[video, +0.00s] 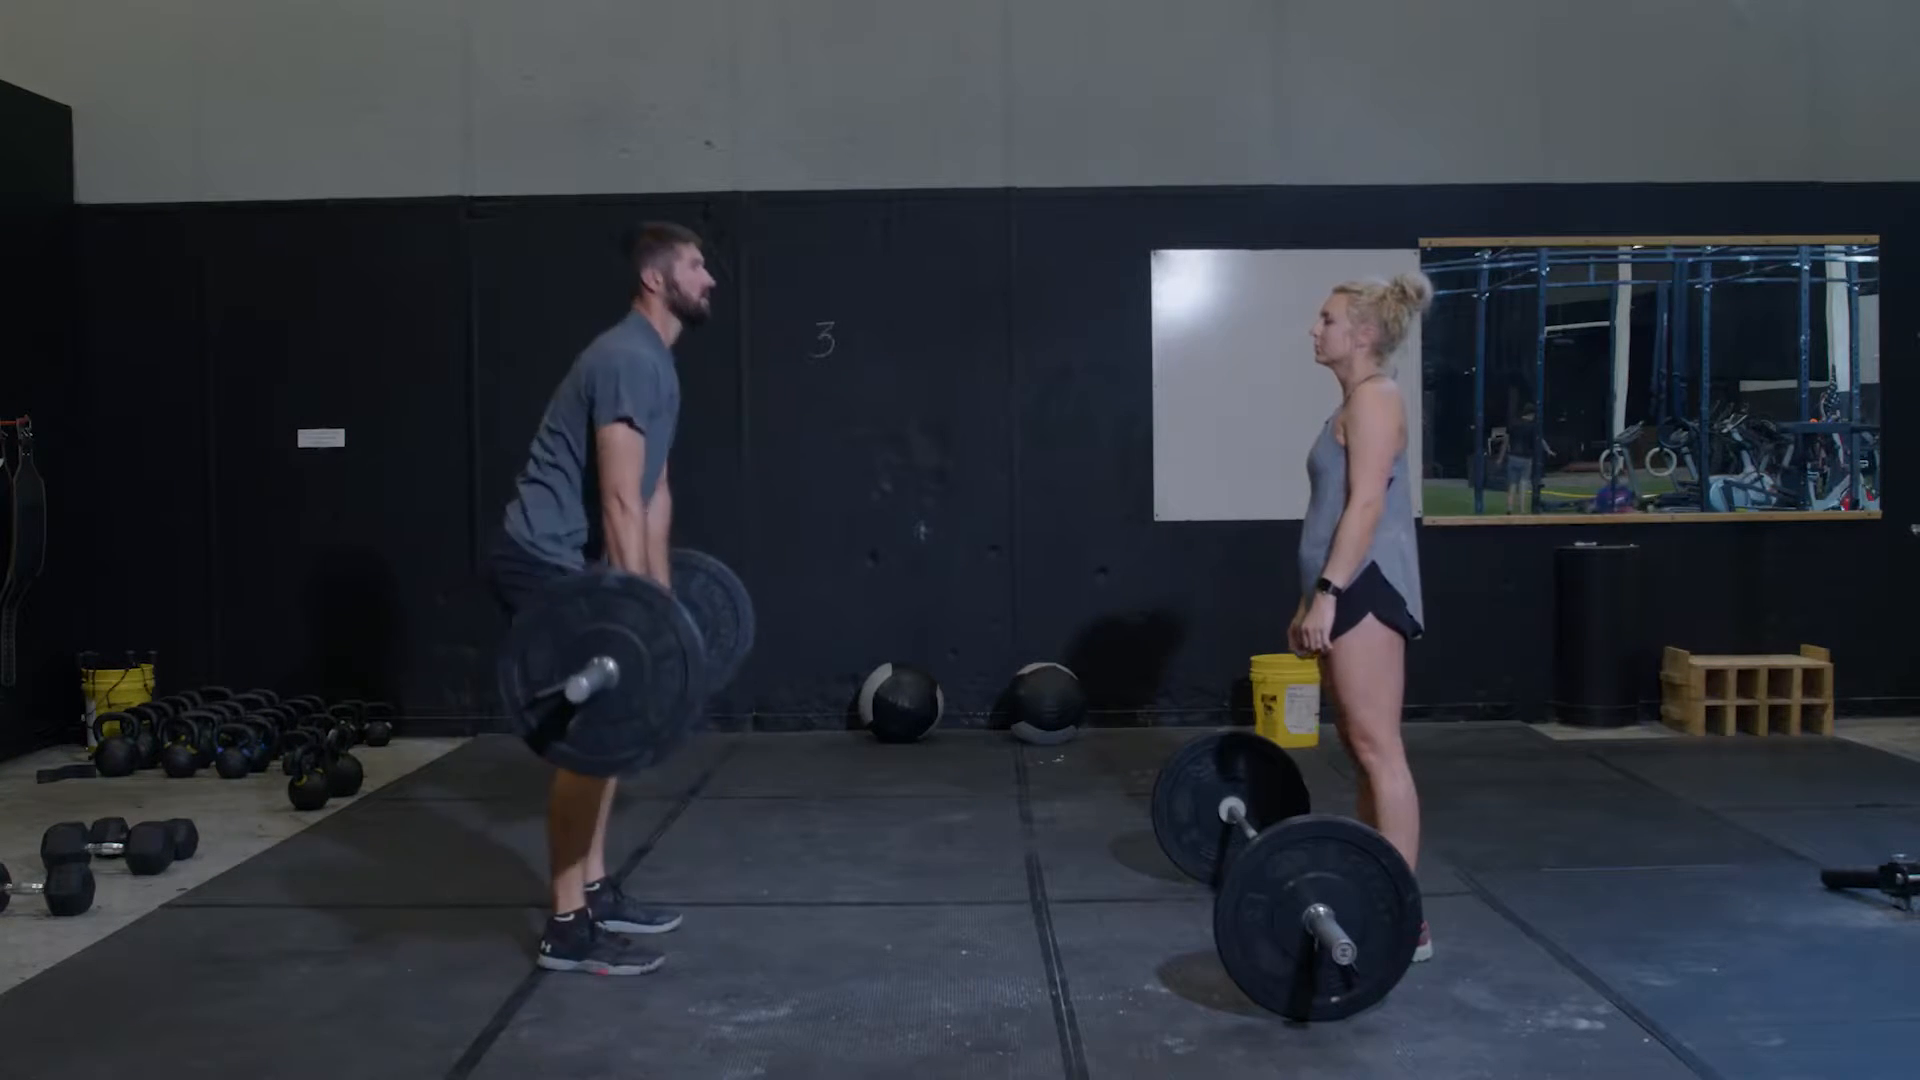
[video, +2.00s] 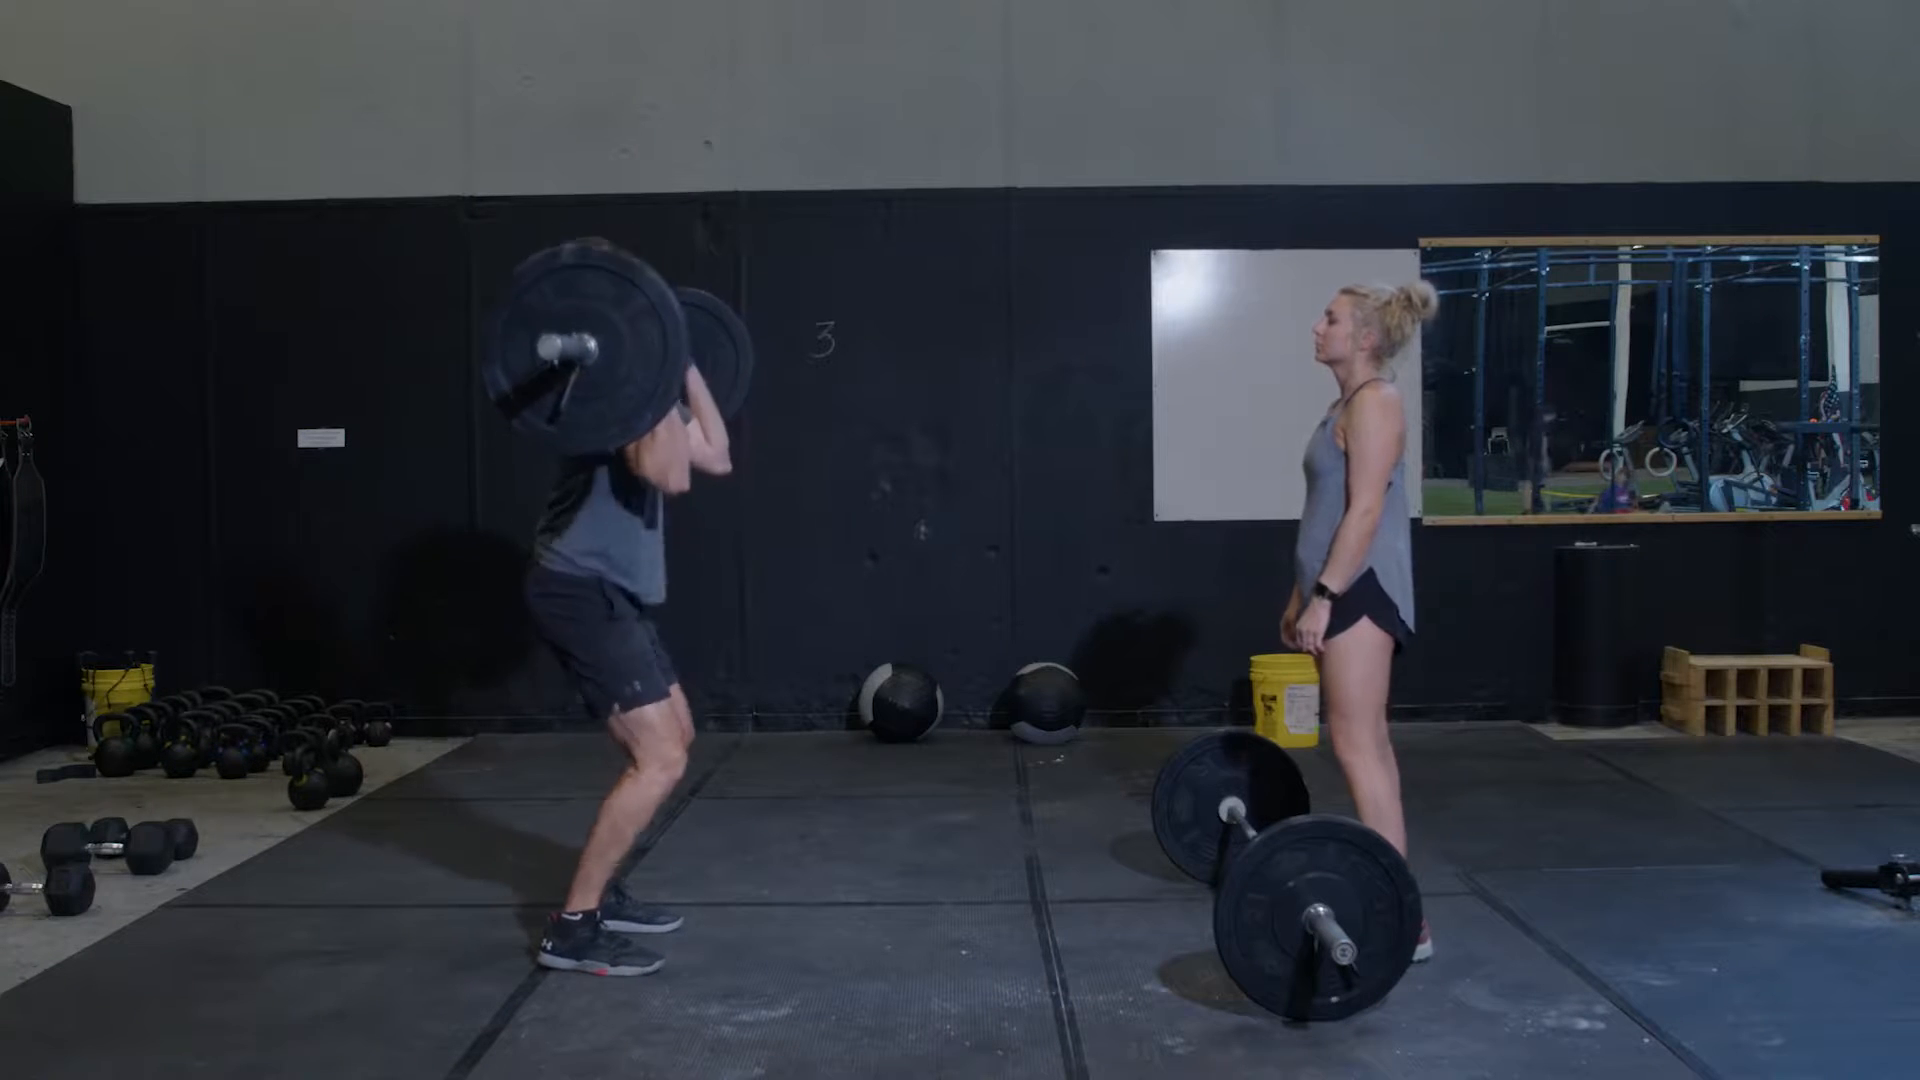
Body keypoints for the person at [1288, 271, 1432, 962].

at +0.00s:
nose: (1315, 330)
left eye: (1328, 321)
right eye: (1319, 319)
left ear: (1365, 333)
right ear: (1356, 335)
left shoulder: (1374, 400)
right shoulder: (1355, 403)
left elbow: (1366, 507)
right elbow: (1341, 513)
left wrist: (1327, 592)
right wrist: (1313, 600)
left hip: (1368, 593)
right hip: (1349, 593)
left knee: (1379, 749)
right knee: (1365, 747)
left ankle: (1399, 912)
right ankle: (1378, 901)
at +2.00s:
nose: (1318, 328)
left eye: (1331, 321)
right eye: (1322, 318)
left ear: (1365, 337)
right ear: (1355, 338)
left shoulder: (1375, 404)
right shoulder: (1347, 405)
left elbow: (1365, 512)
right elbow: (1326, 514)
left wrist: (1324, 595)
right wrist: (1302, 591)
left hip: (1364, 591)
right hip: (1345, 591)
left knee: (1355, 742)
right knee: (1365, 742)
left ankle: (1395, 910)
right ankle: (1390, 904)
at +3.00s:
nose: (1328, 326)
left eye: (1341, 318)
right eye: (1333, 315)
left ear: (1374, 337)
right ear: (1368, 337)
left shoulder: (1380, 401)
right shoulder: (1360, 403)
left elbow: (1373, 508)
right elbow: (1351, 512)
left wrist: (1335, 594)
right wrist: (1321, 599)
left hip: (1372, 594)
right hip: (1350, 594)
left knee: (1383, 748)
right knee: (1363, 746)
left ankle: (1403, 914)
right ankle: (1377, 900)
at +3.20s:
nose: (1328, 326)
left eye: (1341, 319)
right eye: (1332, 316)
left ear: (1375, 336)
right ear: (1364, 337)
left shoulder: (1382, 403)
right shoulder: (1358, 404)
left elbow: (1376, 511)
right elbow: (1341, 513)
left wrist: (1339, 595)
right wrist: (1316, 596)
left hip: (1375, 593)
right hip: (1350, 593)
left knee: (1383, 748)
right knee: (1366, 747)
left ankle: (1403, 913)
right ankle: (1379, 900)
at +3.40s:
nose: (1326, 327)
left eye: (1340, 320)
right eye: (1331, 317)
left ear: (1375, 337)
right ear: (1363, 338)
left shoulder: (1383, 404)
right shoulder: (1355, 406)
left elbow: (1377, 512)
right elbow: (1339, 515)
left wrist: (1341, 597)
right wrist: (1314, 595)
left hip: (1376, 594)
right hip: (1349, 593)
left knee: (1380, 747)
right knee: (1365, 746)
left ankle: (1401, 914)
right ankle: (1381, 901)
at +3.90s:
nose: (1321, 332)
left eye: (1335, 324)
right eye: (1325, 322)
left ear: (1371, 340)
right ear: (1355, 340)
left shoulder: (1382, 407)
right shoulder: (1348, 410)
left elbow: (1378, 517)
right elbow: (1334, 516)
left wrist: (1341, 601)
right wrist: (1307, 594)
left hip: (1376, 596)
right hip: (1349, 594)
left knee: (1370, 744)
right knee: (1361, 743)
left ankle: (1399, 911)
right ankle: (1381, 901)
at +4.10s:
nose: (1322, 332)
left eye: (1335, 325)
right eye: (1325, 322)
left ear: (1371, 340)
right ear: (1353, 340)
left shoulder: (1381, 405)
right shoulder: (1349, 408)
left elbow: (1375, 515)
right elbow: (1331, 514)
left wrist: (1335, 598)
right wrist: (1302, 592)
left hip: (1371, 595)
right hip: (1346, 593)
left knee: (1365, 742)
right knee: (1357, 741)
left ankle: (1398, 910)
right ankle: (1383, 901)